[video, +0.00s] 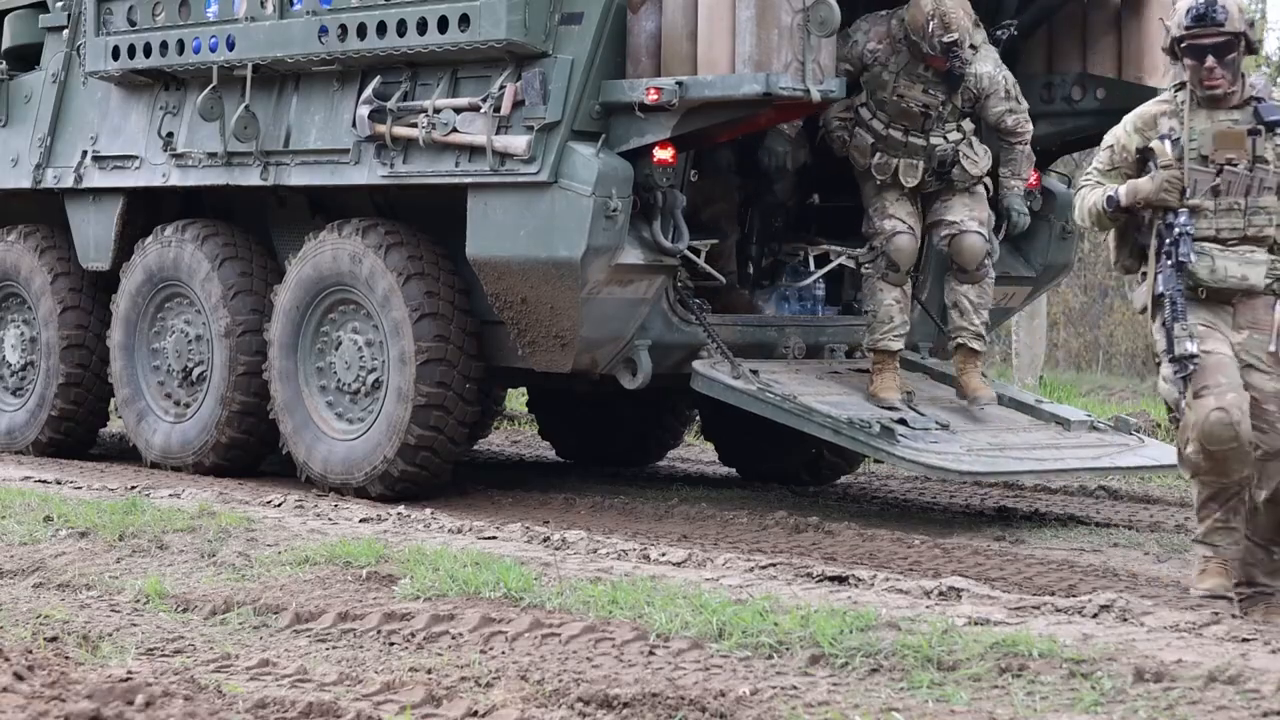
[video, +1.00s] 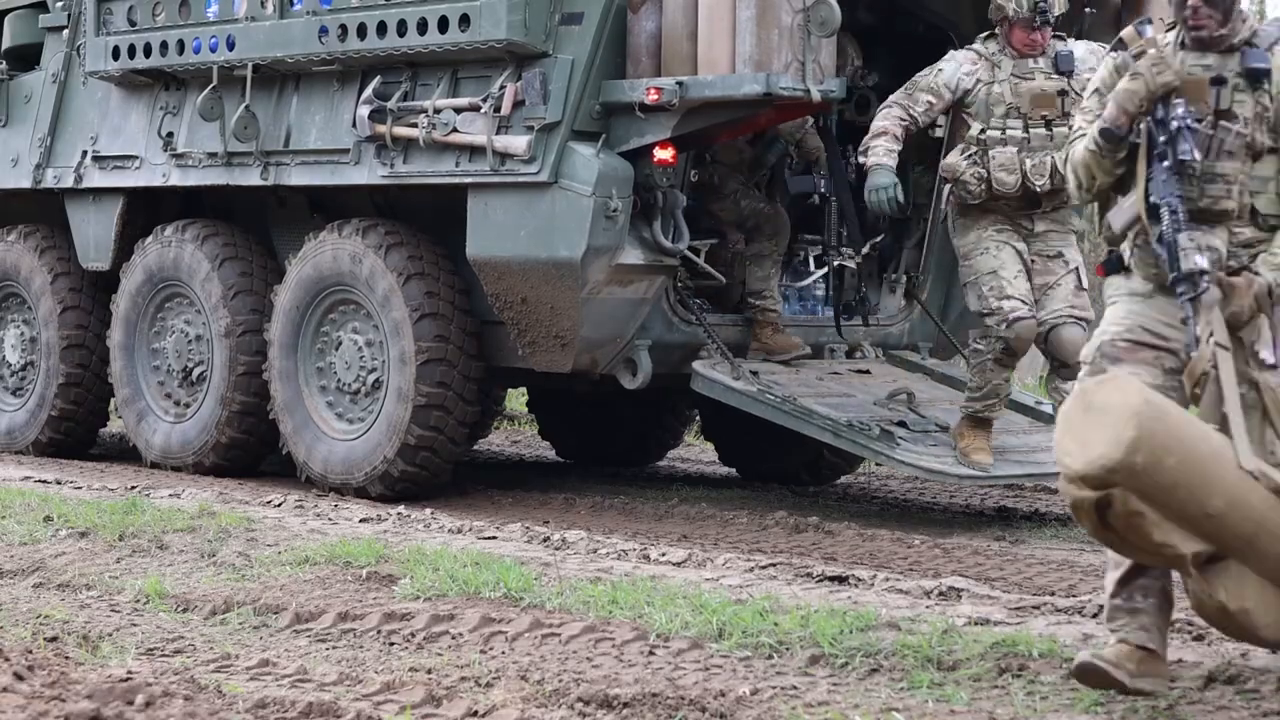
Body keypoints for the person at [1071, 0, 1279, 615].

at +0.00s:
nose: (1210, 65)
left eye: (1222, 52)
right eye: (1197, 54)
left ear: (1243, 51)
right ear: (1180, 58)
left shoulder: (1267, 110)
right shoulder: (1155, 118)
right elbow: (1084, 200)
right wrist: (1132, 193)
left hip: (1264, 298)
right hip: (1190, 297)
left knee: (1271, 444)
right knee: (1221, 426)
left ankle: (1263, 573)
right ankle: (1219, 550)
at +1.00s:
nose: (1200, 7)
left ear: (1242, 4)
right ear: (1171, 3)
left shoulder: (1269, 59)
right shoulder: (1132, 62)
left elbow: (1276, 193)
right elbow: (1082, 185)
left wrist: (1265, 277)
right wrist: (1122, 116)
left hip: (1253, 284)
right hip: (1151, 286)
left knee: (1258, 459)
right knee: (1126, 443)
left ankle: (1266, 627)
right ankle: (1138, 642)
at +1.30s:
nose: (1111, 12)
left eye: (1129, 1)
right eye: (1100, 2)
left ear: (1163, 9)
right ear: (1085, 11)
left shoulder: (1212, 100)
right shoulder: (1039, 88)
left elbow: (1245, 223)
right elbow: (1002, 212)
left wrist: (1169, 293)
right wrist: (1049, 160)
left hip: (1163, 329)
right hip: (1059, 327)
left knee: (1163, 500)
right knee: (1066, 506)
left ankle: (1199, 678)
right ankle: (1125, 681)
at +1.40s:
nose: (1092, 9)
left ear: (1141, 5)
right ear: (1063, 6)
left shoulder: (1189, 100)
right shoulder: (1008, 76)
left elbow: (1214, 229)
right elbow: (966, 202)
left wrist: (1129, 287)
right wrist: (1027, 163)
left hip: (1131, 332)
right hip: (1031, 327)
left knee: (1114, 501)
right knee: (1041, 503)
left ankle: (1112, 679)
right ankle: (1107, 673)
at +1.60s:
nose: (1030, 28)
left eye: (1049, 14)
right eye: (1017, 14)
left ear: (1085, 16)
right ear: (1001, 18)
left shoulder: (1126, 119)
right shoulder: (954, 87)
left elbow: (1146, 255)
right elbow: (880, 202)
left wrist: (1041, 292)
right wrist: (929, 174)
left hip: (1057, 371)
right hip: (944, 363)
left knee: (1041, 546)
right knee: (964, 542)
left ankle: (1065, 703)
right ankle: (1019, 700)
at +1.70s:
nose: (979, 40)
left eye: (996, 22)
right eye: (964, 26)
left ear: (1037, 20)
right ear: (950, 29)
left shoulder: (1087, 133)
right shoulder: (912, 101)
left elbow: (1095, 266)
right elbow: (844, 200)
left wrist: (984, 285)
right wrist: (871, 215)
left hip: (1013, 388)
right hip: (901, 379)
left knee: (1003, 573)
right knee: (932, 568)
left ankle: (1011, 706)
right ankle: (1002, 701)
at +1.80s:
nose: (908, 35)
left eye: (926, 19)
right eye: (896, 21)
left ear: (976, 12)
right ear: (885, 23)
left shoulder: (1029, 121)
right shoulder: (861, 95)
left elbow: (1048, 260)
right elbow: (809, 190)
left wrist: (914, 279)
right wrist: (819, 246)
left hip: (966, 395)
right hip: (844, 381)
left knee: (959, 611)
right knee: (782, 562)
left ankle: (985, 706)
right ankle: (832, 703)